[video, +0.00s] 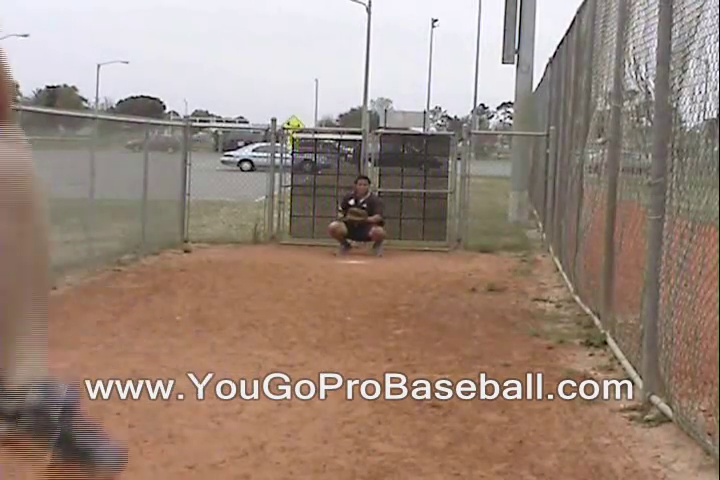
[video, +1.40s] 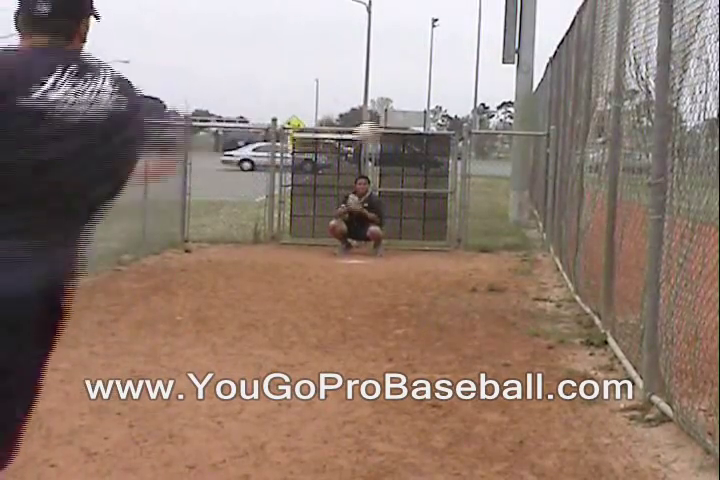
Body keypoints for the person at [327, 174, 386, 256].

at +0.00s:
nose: (362, 187)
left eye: (365, 185)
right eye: (360, 185)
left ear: (368, 187)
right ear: (355, 186)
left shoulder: (374, 200)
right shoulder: (348, 198)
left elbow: (378, 217)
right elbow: (340, 214)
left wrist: (363, 219)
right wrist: (348, 218)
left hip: (366, 227)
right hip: (350, 226)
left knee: (379, 231)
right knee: (333, 228)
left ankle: (377, 245)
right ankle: (345, 245)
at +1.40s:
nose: (362, 187)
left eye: (364, 184)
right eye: (359, 184)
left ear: (368, 186)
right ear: (355, 186)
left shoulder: (373, 200)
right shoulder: (349, 198)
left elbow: (379, 220)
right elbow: (337, 214)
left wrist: (362, 211)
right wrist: (347, 210)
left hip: (366, 226)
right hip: (350, 226)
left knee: (375, 231)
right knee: (333, 225)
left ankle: (377, 245)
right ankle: (346, 244)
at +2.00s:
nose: (359, 189)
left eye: (362, 187)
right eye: (357, 186)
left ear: (366, 189)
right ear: (353, 188)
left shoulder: (372, 199)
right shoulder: (347, 199)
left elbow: (376, 213)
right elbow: (337, 214)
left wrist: (361, 207)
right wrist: (347, 214)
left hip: (367, 228)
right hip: (351, 227)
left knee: (378, 228)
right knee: (334, 225)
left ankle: (377, 246)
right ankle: (346, 245)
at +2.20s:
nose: (357, 192)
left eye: (359, 189)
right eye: (355, 189)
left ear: (363, 191)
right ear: (351, 190)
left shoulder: (369, 199)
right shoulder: (346, 200)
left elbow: (374, 209)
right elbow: (333, 212)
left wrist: (361, 216)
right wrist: (345, 217)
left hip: (365, 228)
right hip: (349, 228)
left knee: (379, 227)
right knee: (334, 225)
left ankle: (378, 246)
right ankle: (346, 245)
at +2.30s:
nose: (356, 193)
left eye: (358, 190)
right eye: (354, 190)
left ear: (363, 191)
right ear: (351, 191)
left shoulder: (368, 200)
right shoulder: (346, 201)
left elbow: (371, 210)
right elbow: (333, 212)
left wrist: (367, 222)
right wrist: (349, 215)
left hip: (366, 228)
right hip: (351, 228)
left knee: (380, 226)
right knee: (335, 224)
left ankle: (379, 246)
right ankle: (346, 245)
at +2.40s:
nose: (356, 193)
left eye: (358, 190)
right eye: (354, 190)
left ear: (362, 192)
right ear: (350, 192)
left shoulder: (369, 201)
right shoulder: (346, 201)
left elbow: (371, 215)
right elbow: (334, 212)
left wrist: (367, 230)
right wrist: (348, 215)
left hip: (366, 228)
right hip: (352, 228)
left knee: (381, 226)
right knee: (335, 224)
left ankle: (380, 246)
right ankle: (346, 245)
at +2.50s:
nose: (355, 192)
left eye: (358, 190)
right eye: (353, 190)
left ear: (362, 191)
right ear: (350, 191)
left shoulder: (369, 202)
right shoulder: (346, 201)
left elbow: (369, 222)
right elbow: (333, 212)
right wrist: (347, 213)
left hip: (366, 227)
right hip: (352, 227)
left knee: (382, 225)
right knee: (336, 223)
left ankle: (382, 246)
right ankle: (346, 246)